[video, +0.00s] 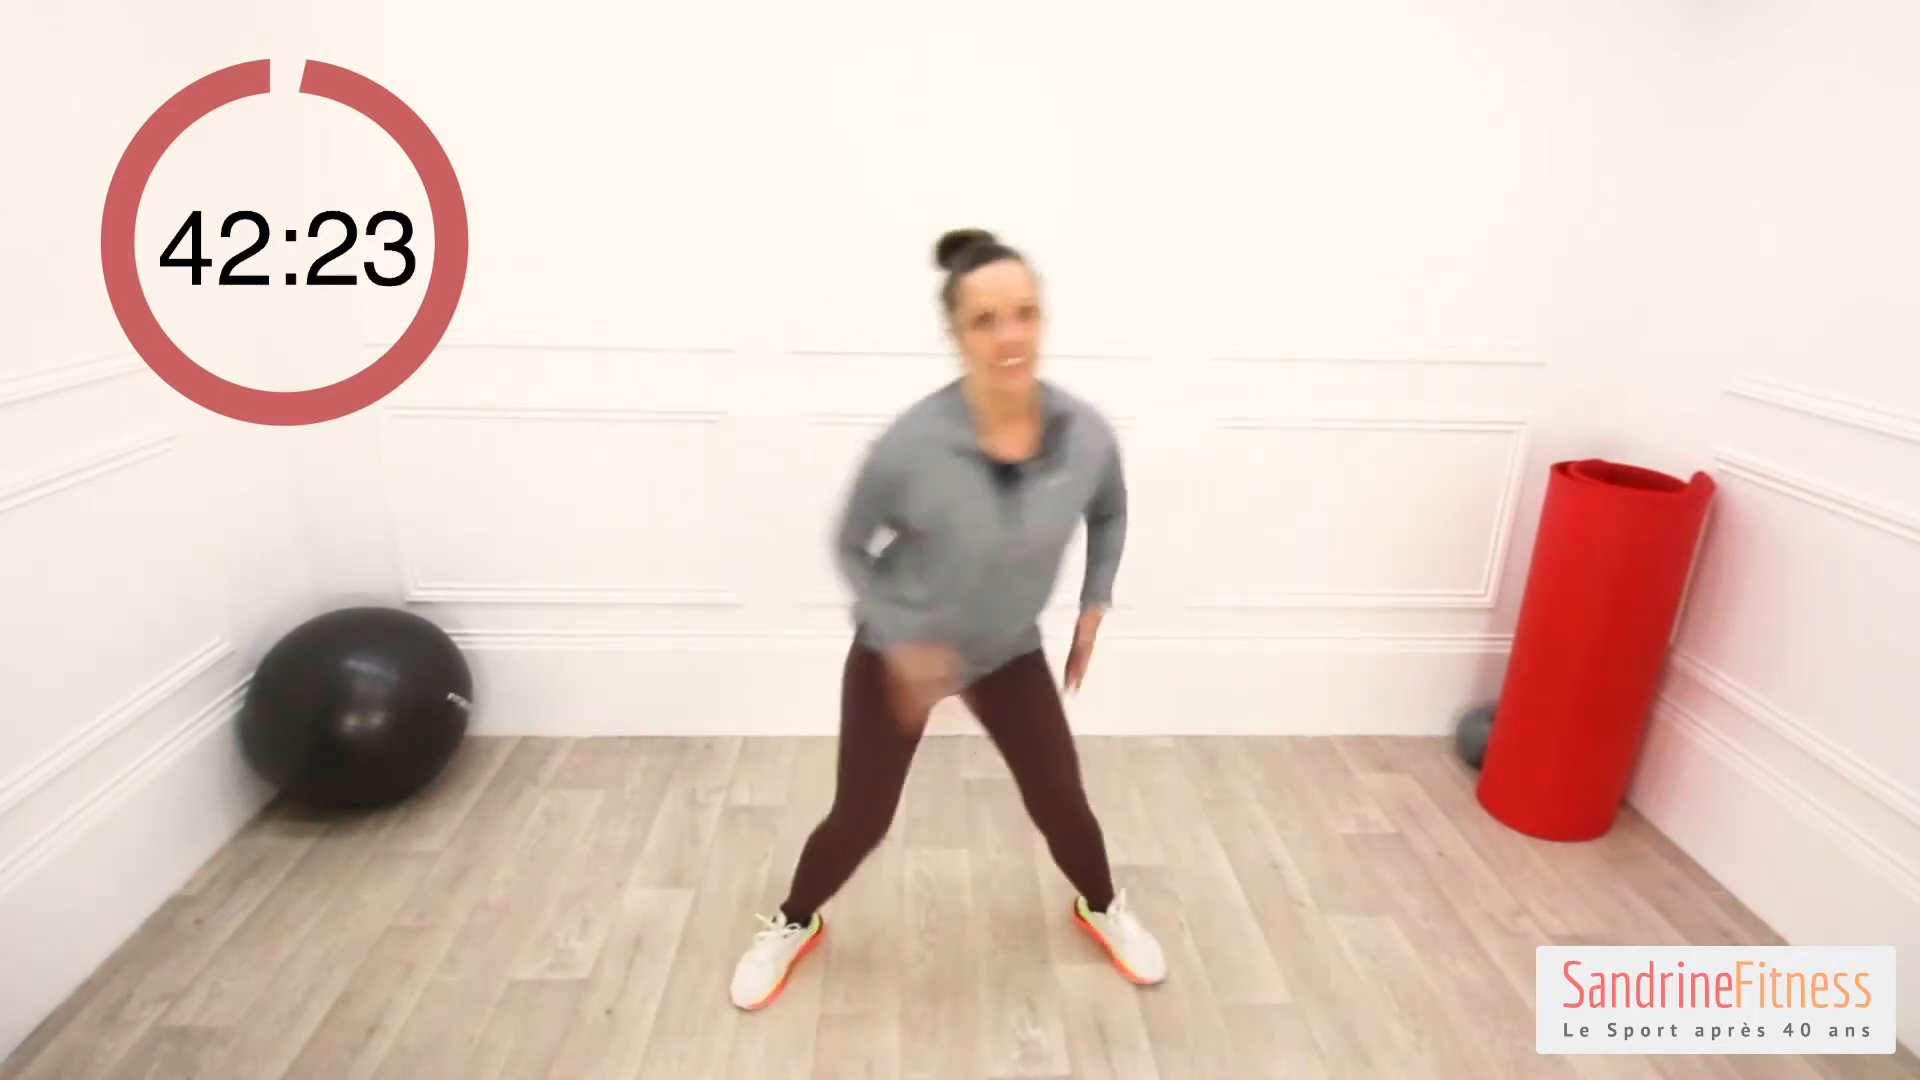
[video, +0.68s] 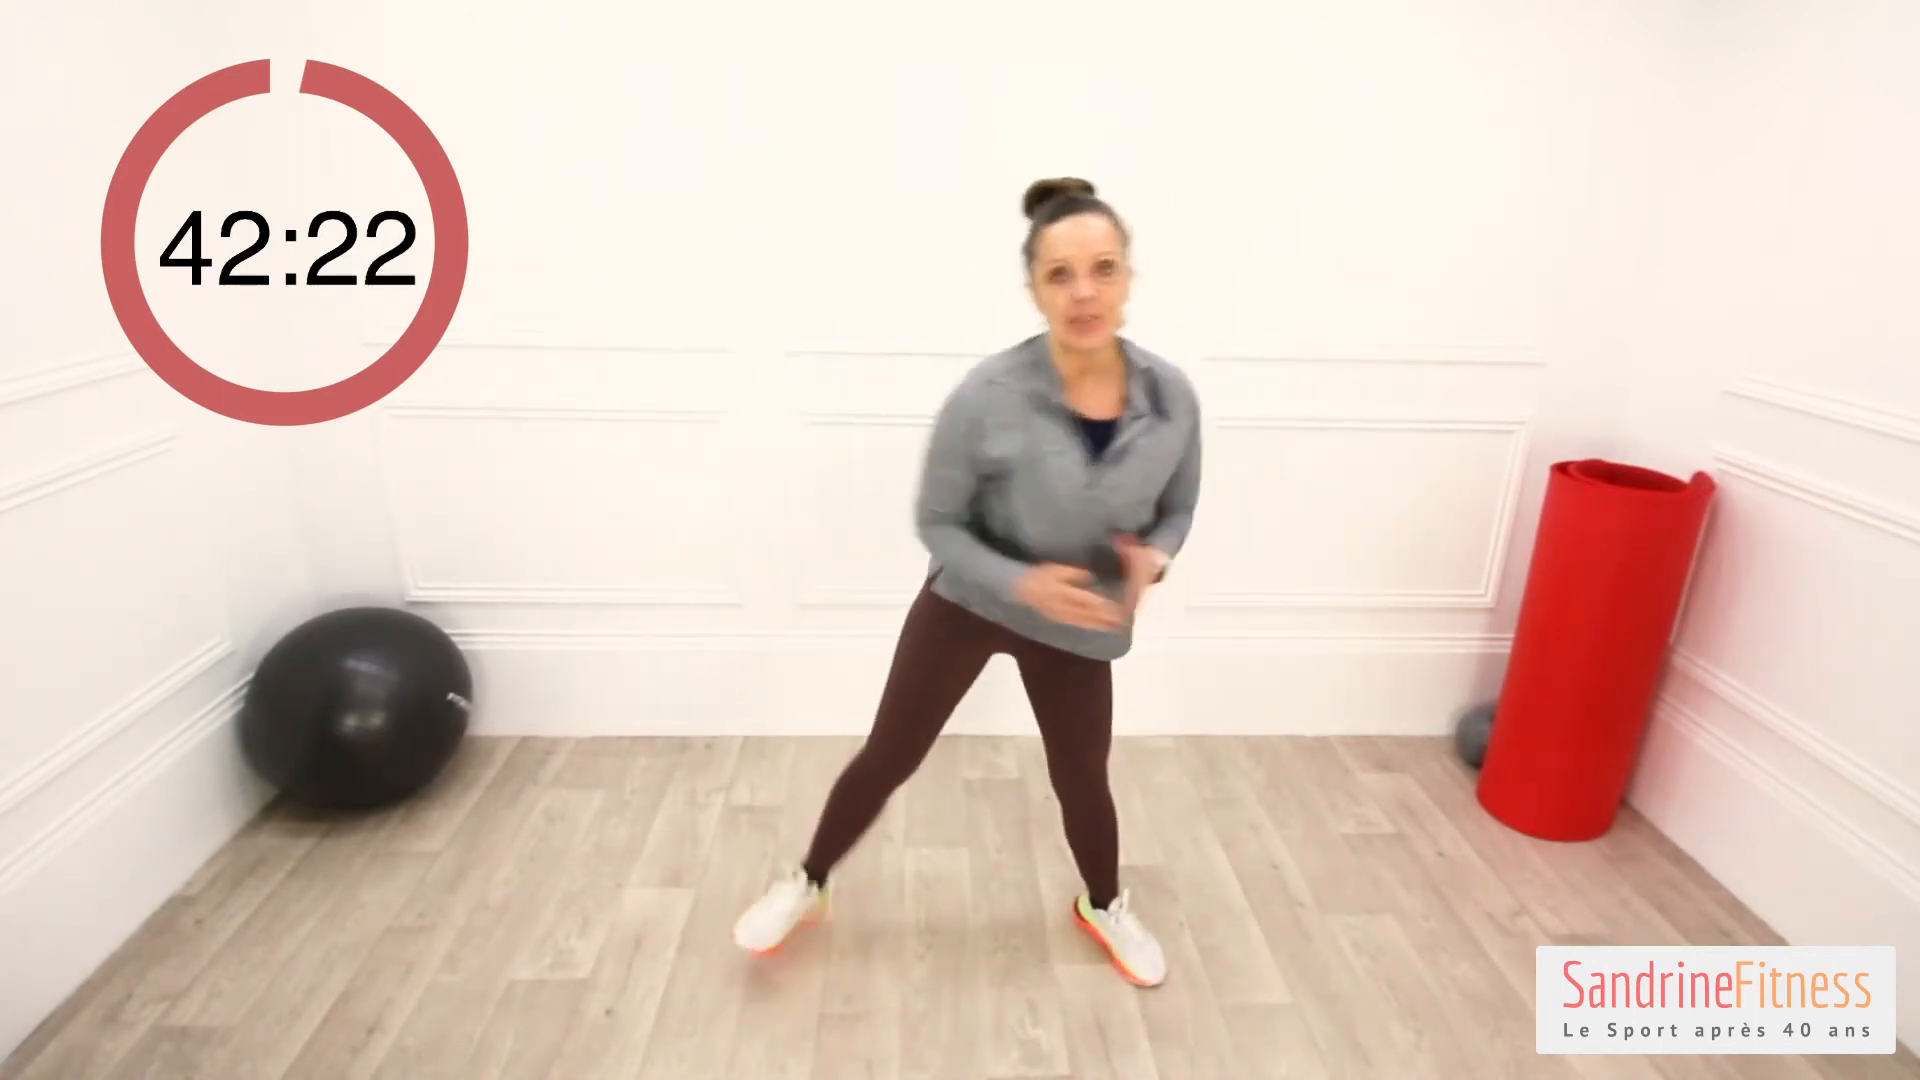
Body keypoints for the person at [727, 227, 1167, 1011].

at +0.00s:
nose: (1011, 338)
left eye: (1024, 315)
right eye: (986, 322)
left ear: (1044, 322)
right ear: (955, 337)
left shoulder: (1084, 437)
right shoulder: (911, 445)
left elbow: (1108, 518)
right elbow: (849, 546)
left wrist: (1093, 608)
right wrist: (897, 637)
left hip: (1007, 645)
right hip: (902, 643)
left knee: (1061, 804)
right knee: (864, 816)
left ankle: (1102, 909)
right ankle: (792, 925)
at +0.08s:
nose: (1070, 312)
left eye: (1083, 288)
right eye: (1044, 296)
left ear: (1101, 295)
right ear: (1011, 312)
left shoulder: (1126, 406)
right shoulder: (977, 426)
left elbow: (1108, 505)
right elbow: (930, 575)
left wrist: (1098, 583)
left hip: (1034, 624)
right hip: (931, 617)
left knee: (1067, 789)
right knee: (861, 780)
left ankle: (1103, 908)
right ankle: (777, 913)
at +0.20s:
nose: (1122, 292)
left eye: (1138, 268)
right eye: (1095, 275)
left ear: (1157, 275)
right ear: (1061, 292)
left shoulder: (1162, 379)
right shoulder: (1040, 398)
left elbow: (1131, 483)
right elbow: (1101, 548)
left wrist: (1109, 560)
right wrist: (1240, 492)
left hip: (1052, 613)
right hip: (959, 592)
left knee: (1075, 782)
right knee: (866, 733)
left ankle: (1102, 905)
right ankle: (768, 866)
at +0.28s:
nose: (1141, 296)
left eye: (1157, 273)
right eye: (1115, 279)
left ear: (1175, 278)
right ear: (1079, 293)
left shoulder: (1180, 385)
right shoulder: (1063, 395)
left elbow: (1111, 492)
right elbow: (1193, 493)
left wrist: (1097, 573)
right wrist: (1337, 431)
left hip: (1062, 617)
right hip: (970, 592)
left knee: (1084, 784)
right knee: (884, 736)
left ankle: (1102, 905)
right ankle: (780, 831)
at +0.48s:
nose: (1147, 310)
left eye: (1163, 287)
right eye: (1121, 293)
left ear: (1181, 294)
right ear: (1088, 307)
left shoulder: (1182, 397)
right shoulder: (1062, 412)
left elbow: (1147, 504)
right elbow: (1120, 569)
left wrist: (1148, 577)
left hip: (1075, 631)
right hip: (981, 611)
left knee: (1097, 792)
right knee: (906, 746)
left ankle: (1103, 909)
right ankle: (812, 834)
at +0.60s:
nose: (1122, 291)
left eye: (1139, 267)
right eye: (1097, 273)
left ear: (1162, 275)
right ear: (1066, 288)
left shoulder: (1186, 389)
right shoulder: (1026, 403)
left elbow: (1168, 480)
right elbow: (977, 554)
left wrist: (1167, 547)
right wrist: (1101, 605)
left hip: (1081, 617)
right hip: (976, 598)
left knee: (1085, 780)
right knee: (898, 746)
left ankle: (1103, 906)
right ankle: (802, 850)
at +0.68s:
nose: (1086, 294)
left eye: (1103, 271)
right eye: (1061, 276)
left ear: (1128, 278)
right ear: (1033, 290)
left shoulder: (1170, 399)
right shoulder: (986, 398)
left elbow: (1175, 509)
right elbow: (936, 525)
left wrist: (1155, 553)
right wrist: (1020, 584)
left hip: (1077, 625)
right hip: (966, 605)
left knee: (1084, 781)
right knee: (889, 760)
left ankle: (1104, 905)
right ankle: (807, 883)